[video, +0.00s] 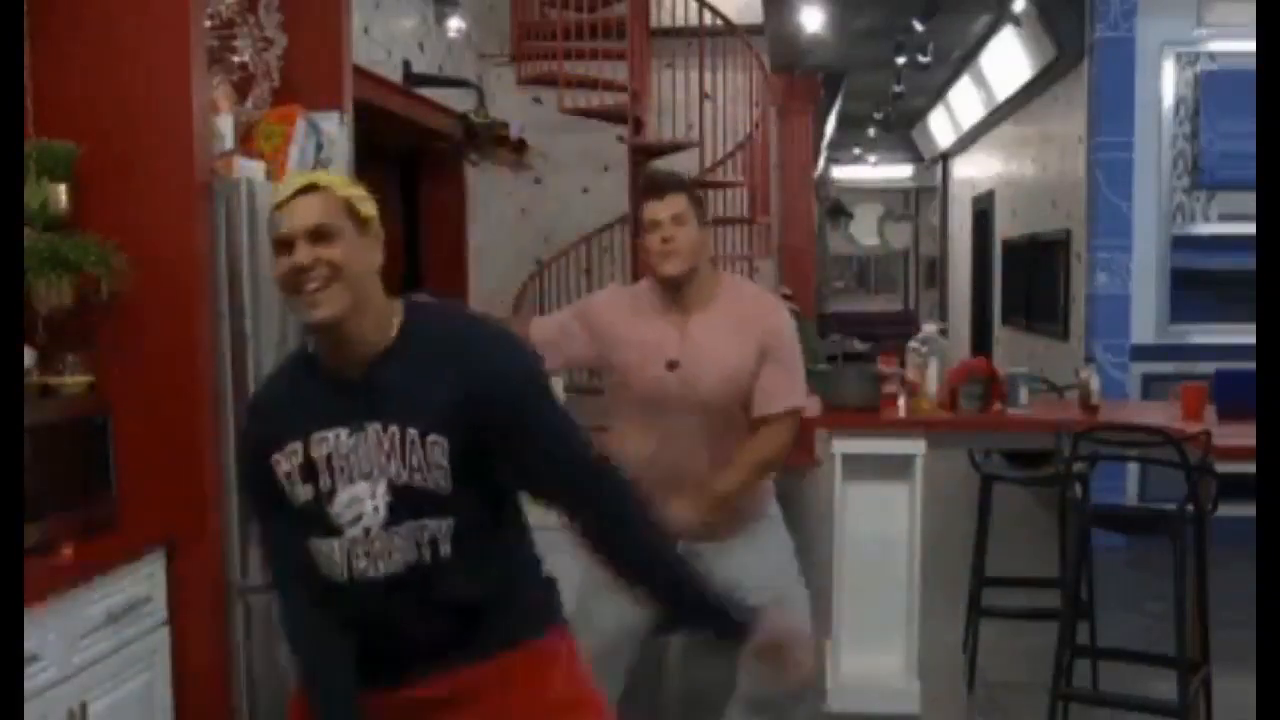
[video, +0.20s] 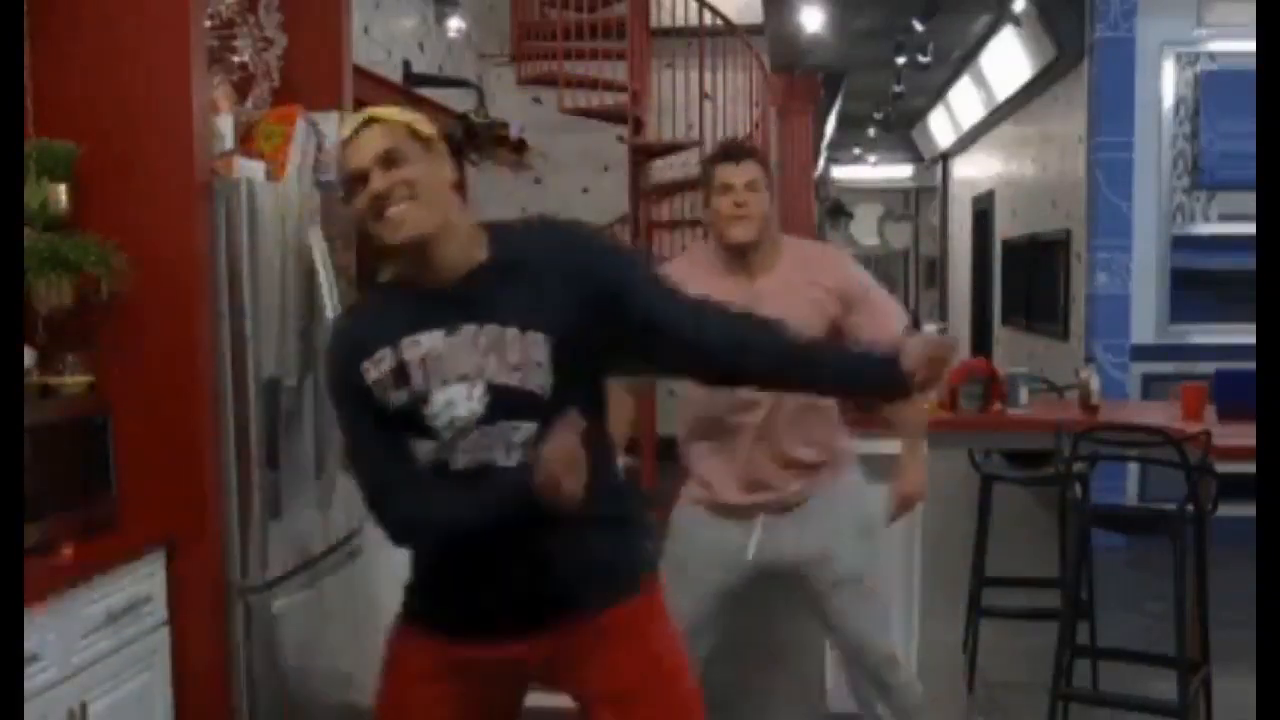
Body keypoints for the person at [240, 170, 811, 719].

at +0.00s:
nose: (301, 261)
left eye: (321, 238)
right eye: (284, 248)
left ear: (374, 244)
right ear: (274, 270)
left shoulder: (475, 356)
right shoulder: (270, 418)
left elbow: (592, 494)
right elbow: (302, 601)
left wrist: (729, 620)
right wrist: (335, 707)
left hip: (511, 674)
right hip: (365, 693)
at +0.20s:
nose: (378, 185)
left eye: (396, 160)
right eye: (360, 180)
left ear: (452, 172)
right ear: (357, 212)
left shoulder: (561, 260)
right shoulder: (358, 342)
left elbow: (711, 339)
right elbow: (403, 509)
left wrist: (890, 373)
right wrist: (528, 483)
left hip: (604, 610)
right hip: (451, 627)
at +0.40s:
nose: (372, 200)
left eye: (397, 178)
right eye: (349, 185)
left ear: (446, 199)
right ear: (324, 219)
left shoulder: (550, 292)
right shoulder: (322, 396)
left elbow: (720, 360)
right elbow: (373, 572)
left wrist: (917, 388)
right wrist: (484, 475)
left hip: (596, 675)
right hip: (442, 695)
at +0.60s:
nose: (454, 210)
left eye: (480, 188)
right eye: (431, 191)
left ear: (525, 207)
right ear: (408, 216)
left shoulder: (608, 340)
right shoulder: (373, 372)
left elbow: (743, 493)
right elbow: (420, 556)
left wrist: (912, 651)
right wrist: (545, 665)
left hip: (640, 670)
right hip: (479, 673)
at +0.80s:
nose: (550, 204)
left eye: (580, 186)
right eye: (532, 181)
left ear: (617, 210)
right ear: (505, 197)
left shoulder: (658, 375)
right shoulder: (431, 334)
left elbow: (644, 593)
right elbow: (392, 500)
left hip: (619, 678)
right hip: (472, 664)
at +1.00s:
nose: (493, 192)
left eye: (523, 177)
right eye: (478, 168)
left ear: (565, 203)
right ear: (452, 182)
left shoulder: (582, 363)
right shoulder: (374, 292)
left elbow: (528, 574)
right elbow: (294, 373)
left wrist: (327, 505)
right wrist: (117, 352)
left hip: (551, 683)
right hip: (400, 665)